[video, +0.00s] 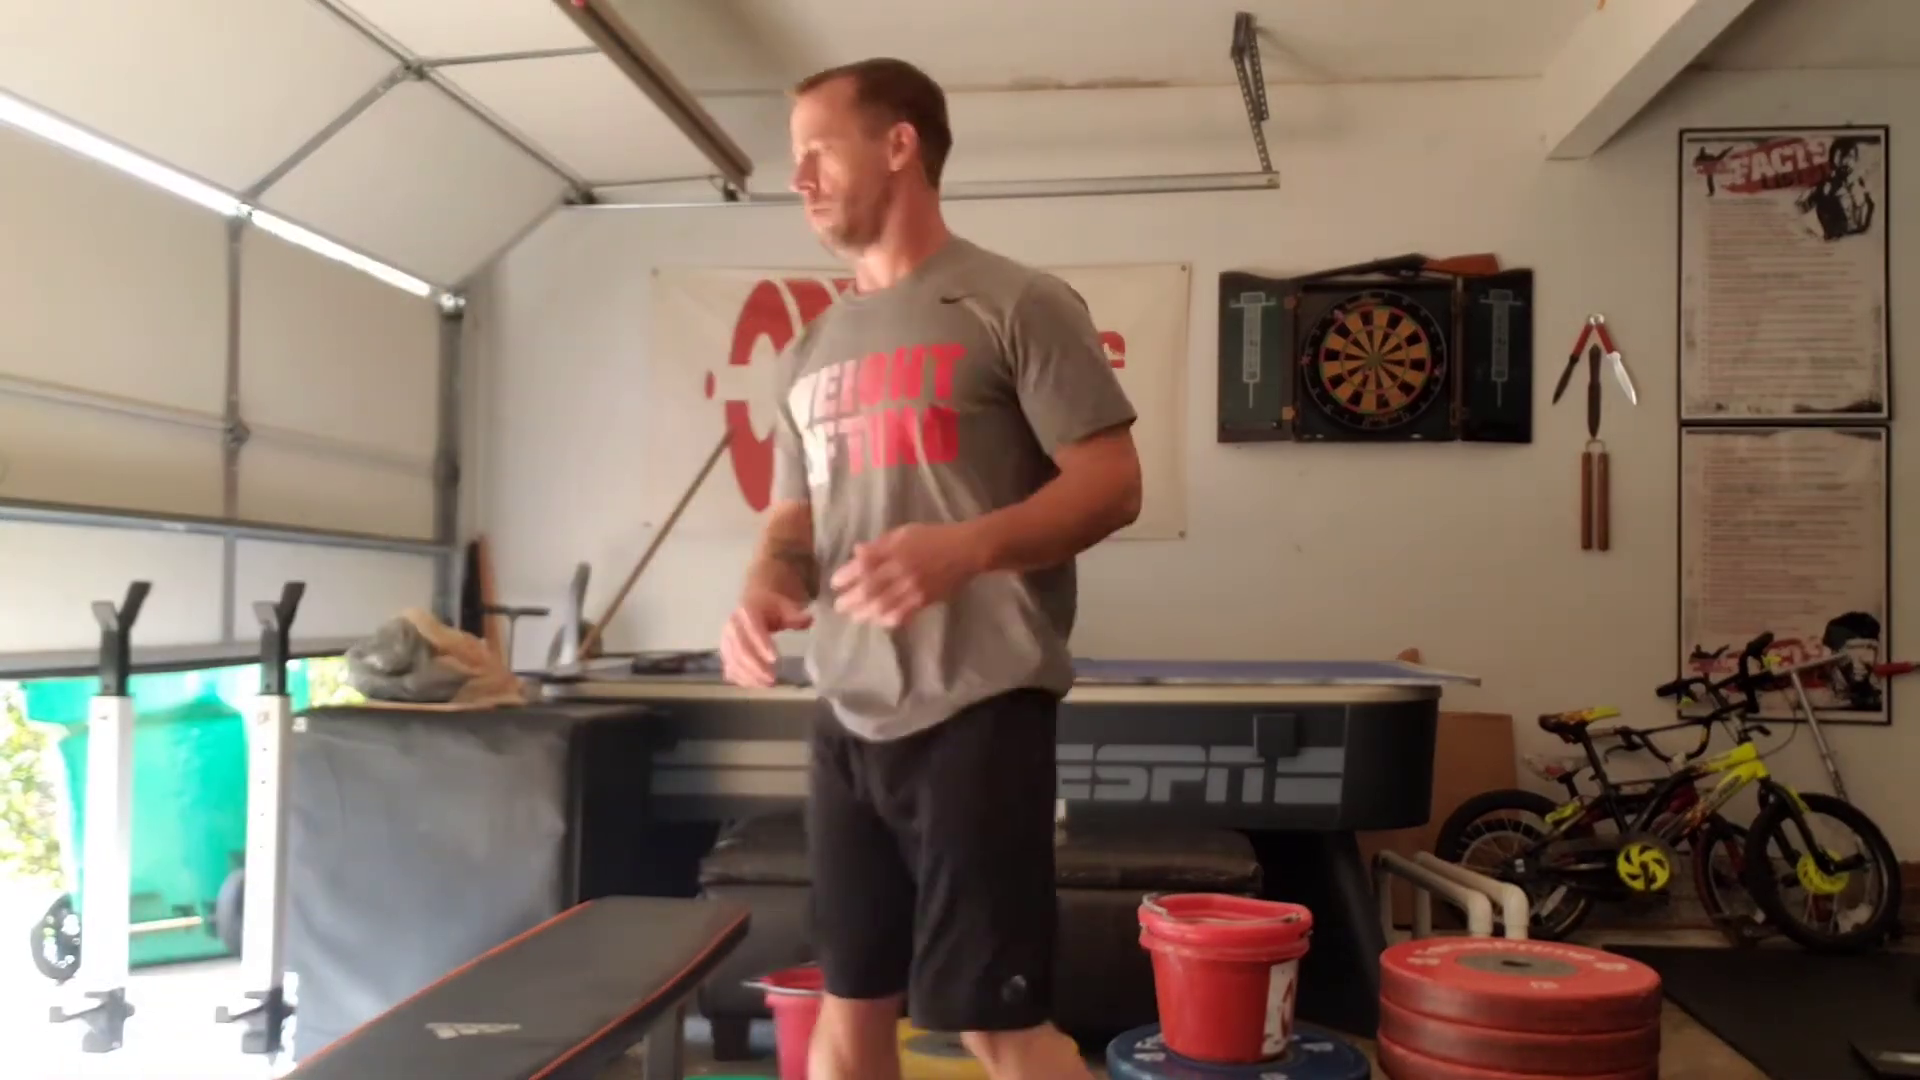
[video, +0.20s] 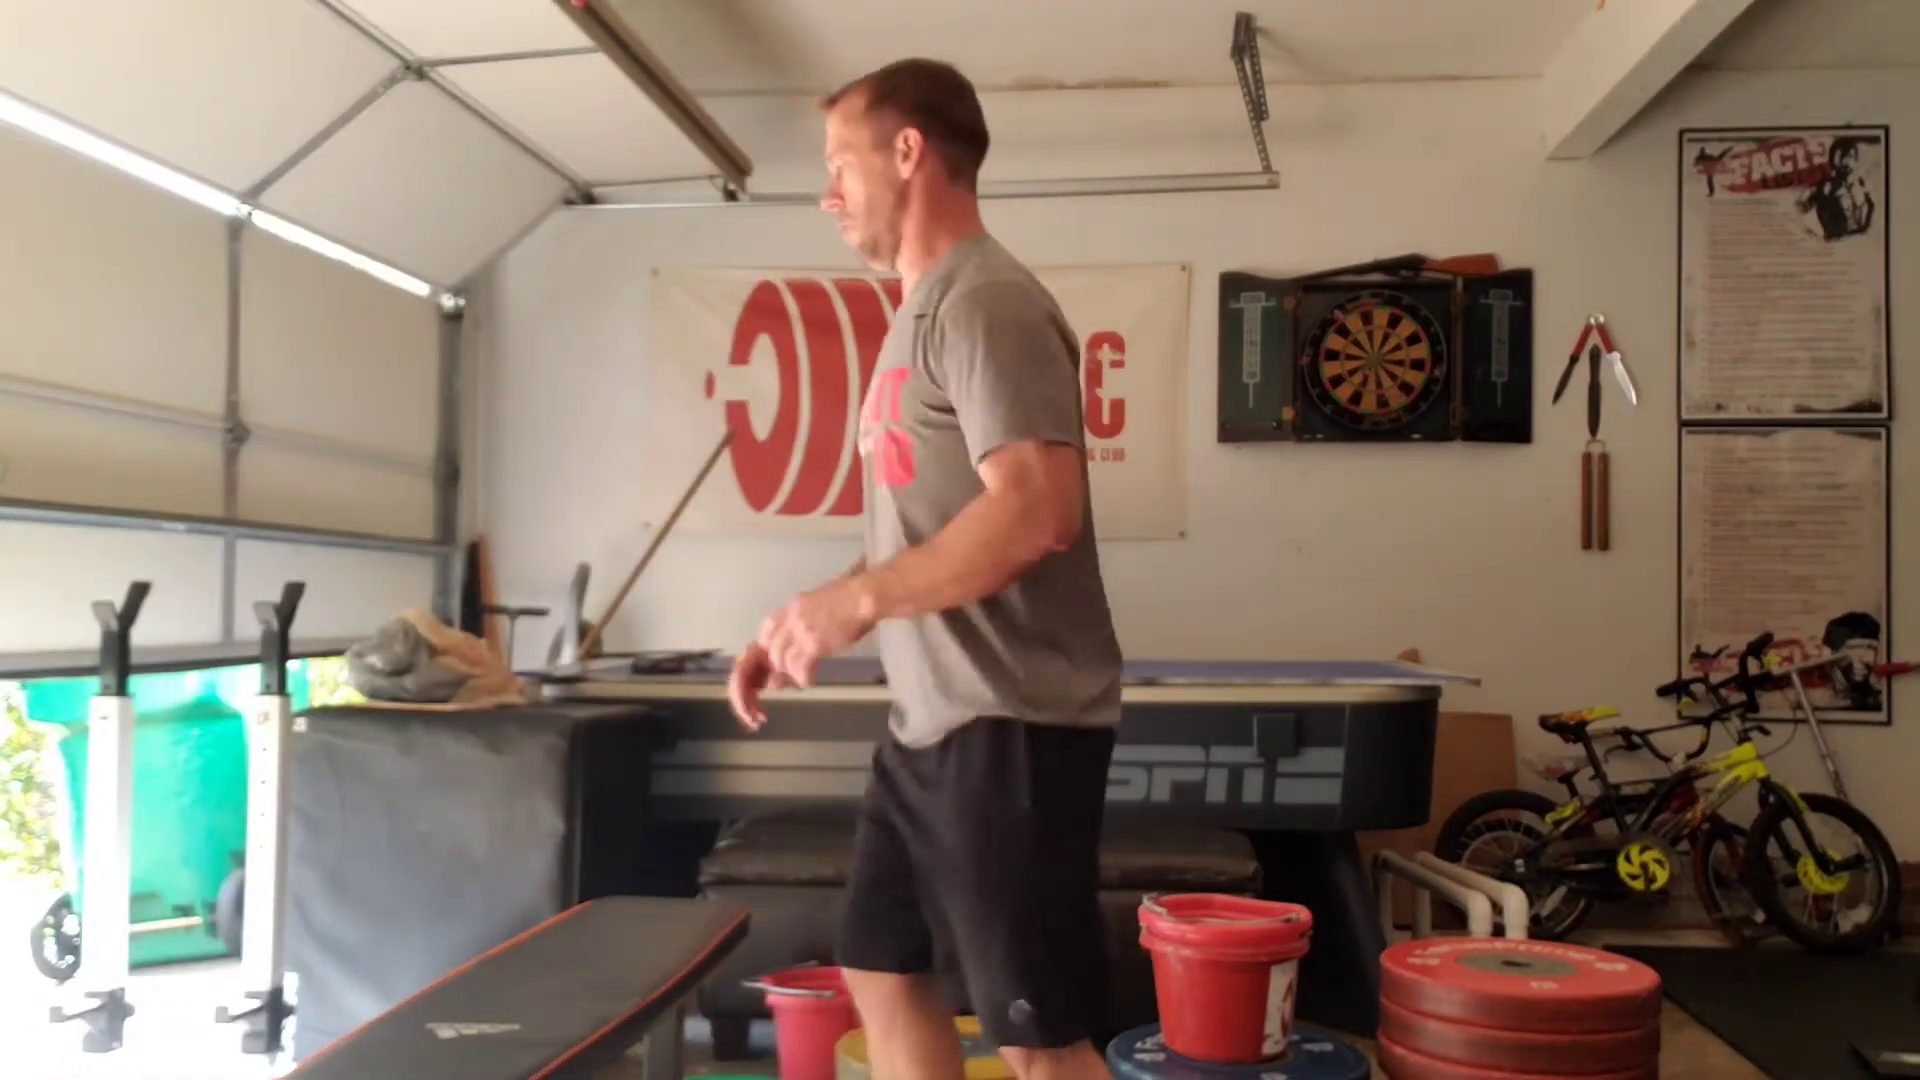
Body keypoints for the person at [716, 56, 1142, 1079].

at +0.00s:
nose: (801, 179)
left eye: (821, 153)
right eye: (796, 159)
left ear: (902, 149)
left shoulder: (1021, 306)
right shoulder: (810, 356)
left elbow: (1111, 485)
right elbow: (795, 523)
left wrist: (962, 548)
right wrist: (764, 591)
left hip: (980, 709)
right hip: (851, 715)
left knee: (1001, 1019)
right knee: (853, 1002)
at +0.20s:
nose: (828, 195)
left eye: (840, 165)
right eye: (828, 170)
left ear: (911, 154)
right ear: (907, 160)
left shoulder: (986, 302)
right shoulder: (925, 312)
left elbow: (1040, 506)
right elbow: (923, 533)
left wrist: (860, 598)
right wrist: (806, 627)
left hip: (1015, 721)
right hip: (932, 717)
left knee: (1042, 1034)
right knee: (883, 971)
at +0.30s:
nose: (830, 203)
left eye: (839, 172)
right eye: (827, 178)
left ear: (907, 157)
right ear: (914, 163)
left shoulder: (974, 295)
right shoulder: (930, 306)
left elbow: (990, 501)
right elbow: (944, 528)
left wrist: (799, 602)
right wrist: (837, 643)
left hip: (1019, 712)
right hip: (958, 706)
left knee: (1033, 1037)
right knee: (912, 961)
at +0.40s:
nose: (809, 204)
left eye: (818, 175)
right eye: (807, 180)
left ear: (884, 163)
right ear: (886, 168)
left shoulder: (948, 284)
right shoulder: (931, 293)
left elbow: (963, 473)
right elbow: (987, 507)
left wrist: (810, 651)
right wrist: (916, 649)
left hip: (1022, 702)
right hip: (978, 700)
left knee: (1015, 1033)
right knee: (947, 973)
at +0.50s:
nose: (775, 220)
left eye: (781, 189)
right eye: (771, 195)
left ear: (848, 174)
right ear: (858, 178)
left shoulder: (904, 291)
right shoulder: (924, 285)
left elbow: (988, 429)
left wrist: (924, 641)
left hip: (1009, 706)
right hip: (1017, 699)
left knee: (1002, 1033)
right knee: (1009, 1027)